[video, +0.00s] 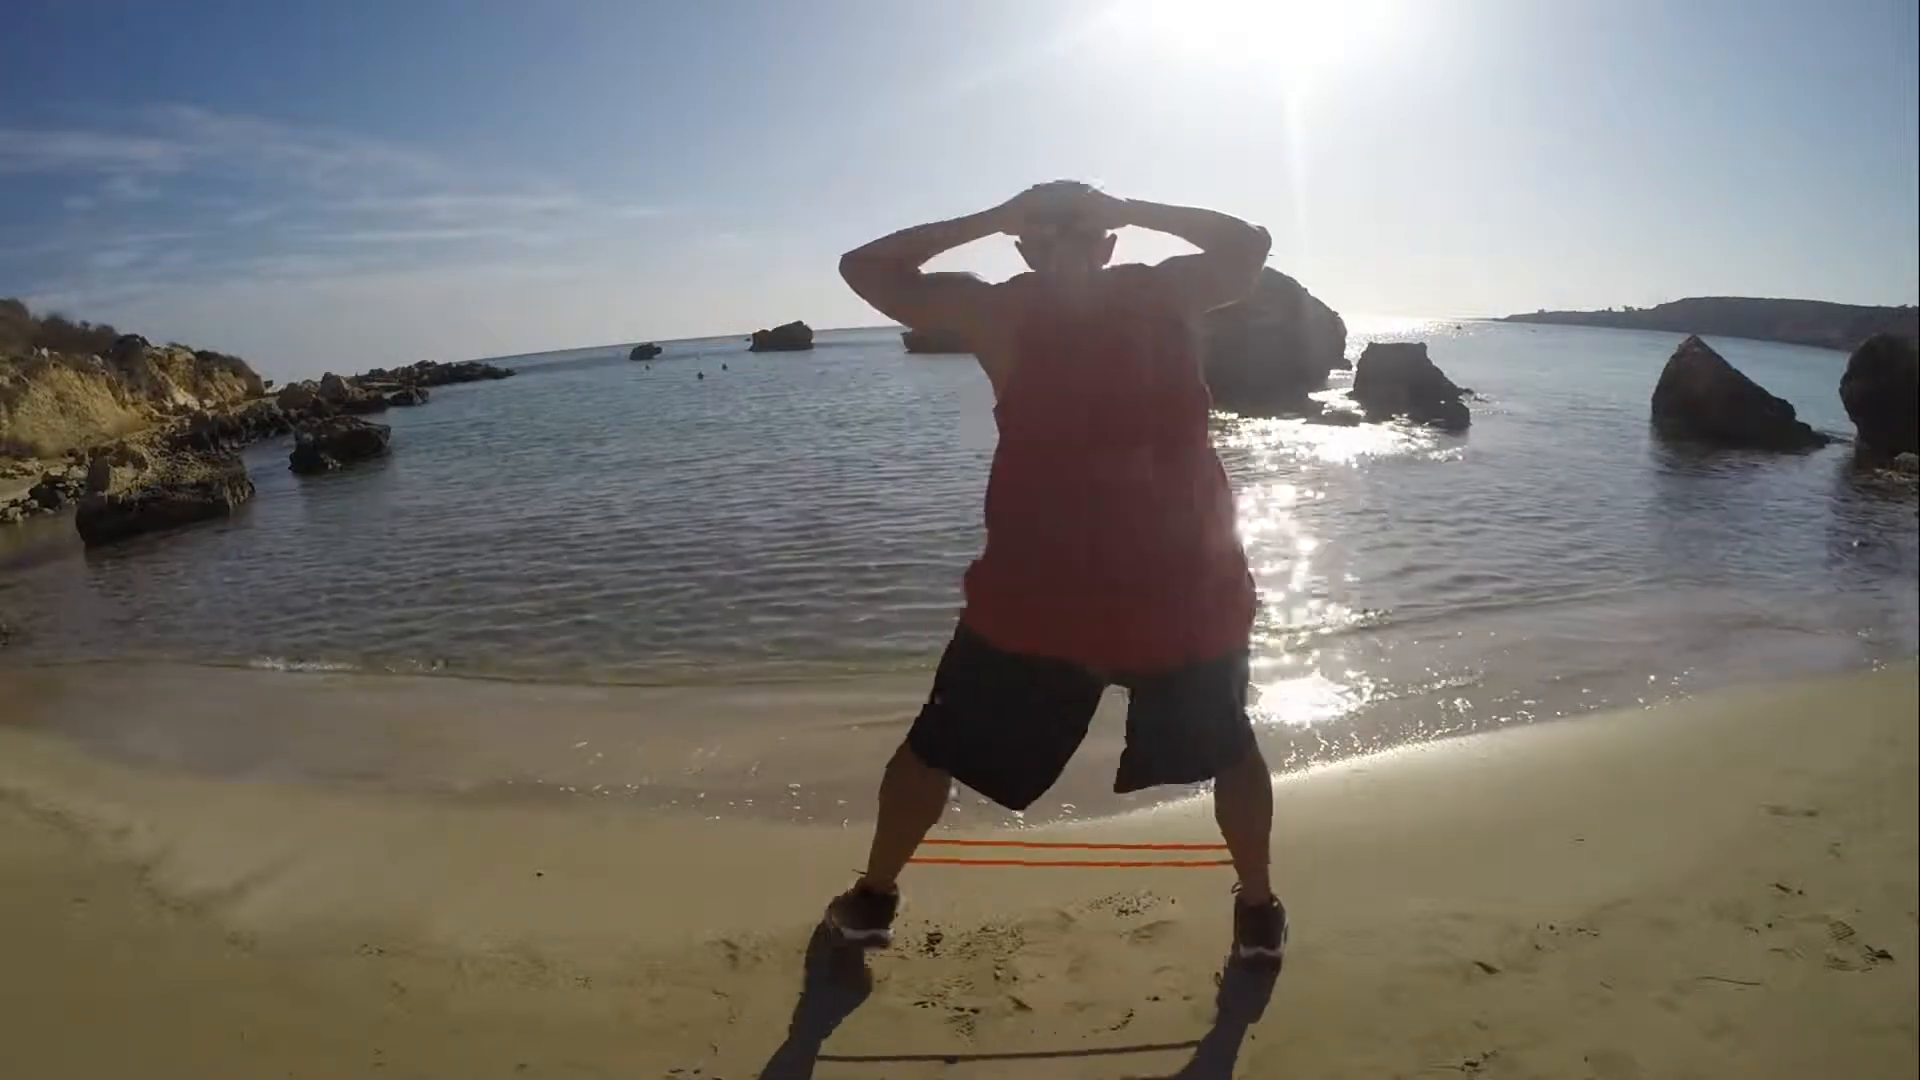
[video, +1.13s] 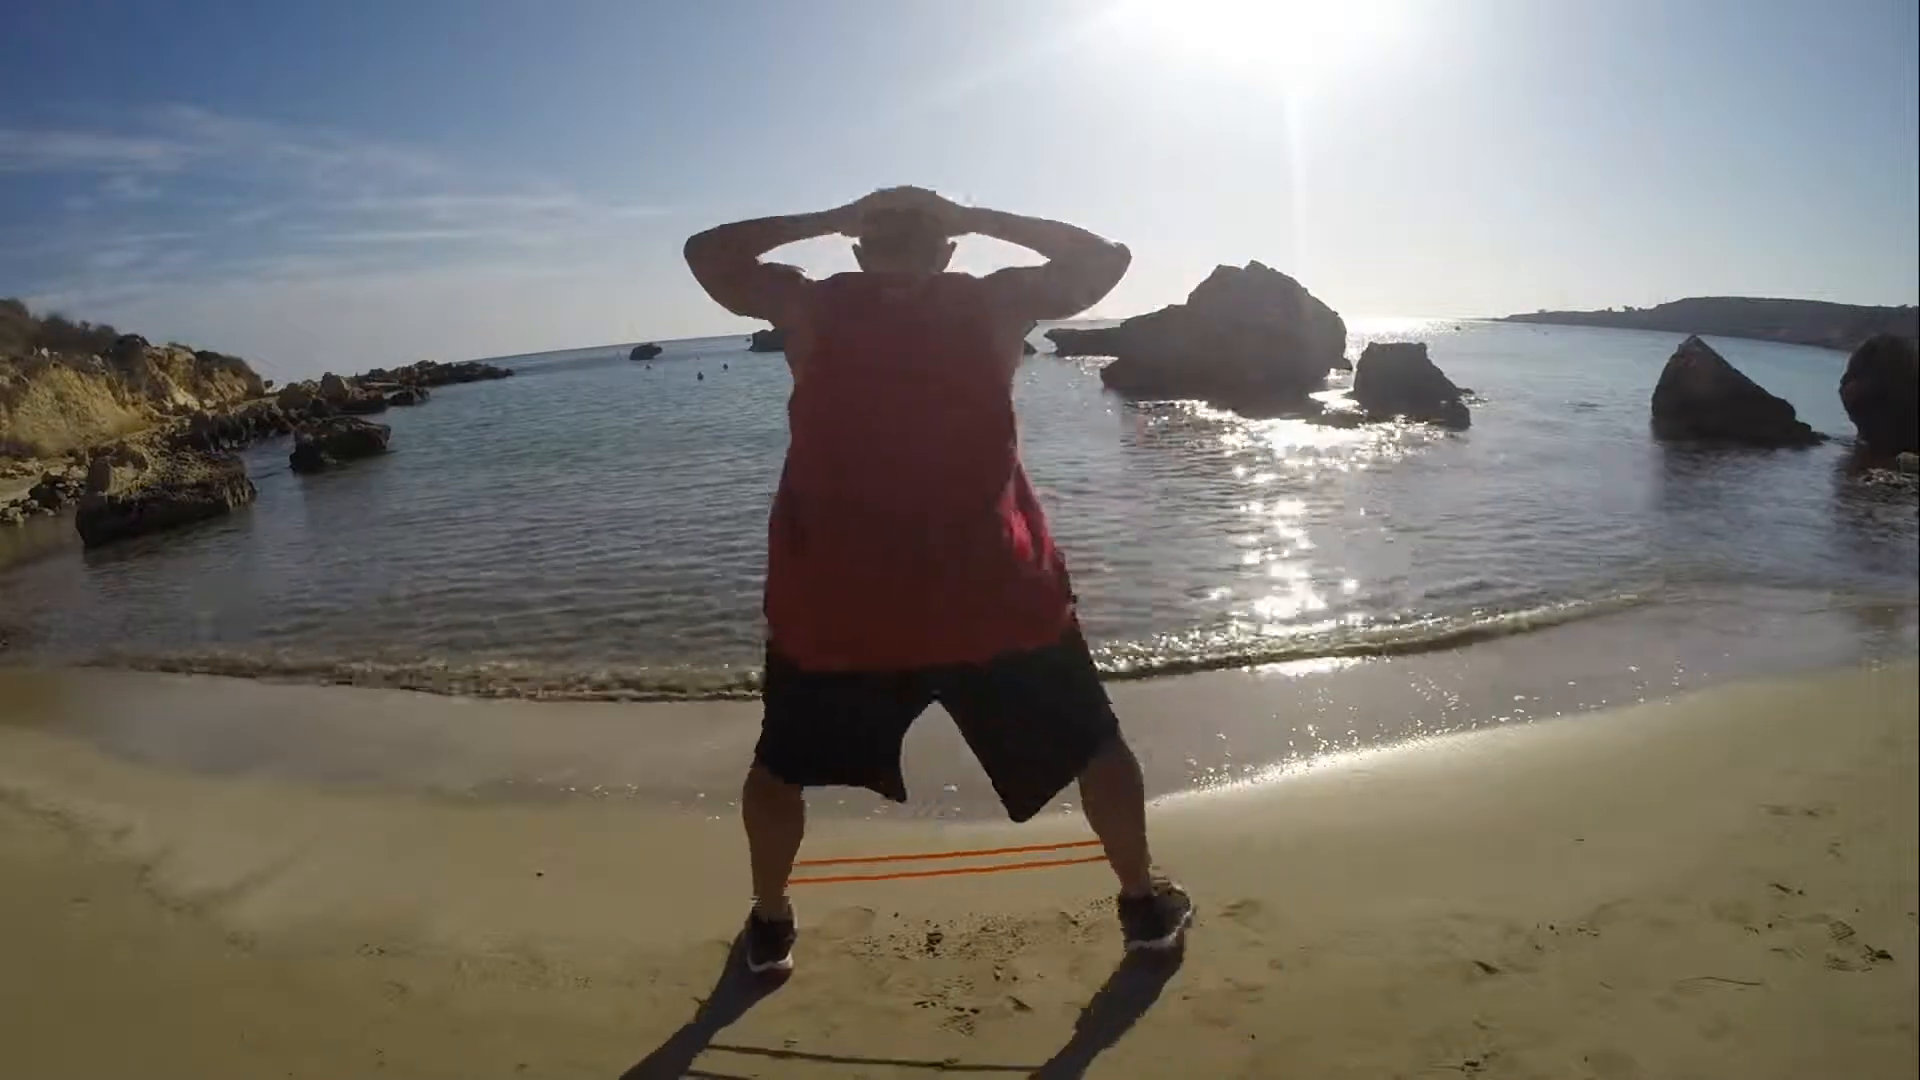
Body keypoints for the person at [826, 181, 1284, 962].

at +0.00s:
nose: (1034, 246)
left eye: (1036, 231)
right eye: (1037, 229)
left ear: (1028, 240)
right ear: (1105, 235)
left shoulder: (999, 312)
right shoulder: (1167, 293)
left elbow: (866, 270)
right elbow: (1247, 243)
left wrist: (990, 221)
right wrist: (1127, 210)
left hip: (1036, 578)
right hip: (1179, 579)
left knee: (936, 743)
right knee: (1232, 748)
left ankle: (873, 896)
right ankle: (1257, 907)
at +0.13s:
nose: (1107, 230)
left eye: (1104, 216)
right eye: (1105, 215)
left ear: (1080, 228)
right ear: (1157, 221)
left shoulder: (1056, 298)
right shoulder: (1218, 281)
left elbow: (914, 250)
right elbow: (1291, 238)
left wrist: (1039, 207)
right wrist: (1183, 197)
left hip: (1085, 561)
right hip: (1225, 563)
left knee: (1002, 734)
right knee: (1251, 752)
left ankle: (992, 893)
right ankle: (1261, 904)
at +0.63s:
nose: (1144, 243)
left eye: (1137, 232)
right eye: (1161, 227)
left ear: (1120, 248)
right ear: (1203, 246)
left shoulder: (1089, 310)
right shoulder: (1259, 303)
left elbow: (960, 257)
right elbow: (1334, 263)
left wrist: (1092, 223)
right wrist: (1224, 221)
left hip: (1087, 566)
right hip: (1225, 581)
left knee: (959, 718)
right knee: (1249, 744)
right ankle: (1260, 908)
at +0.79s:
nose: (1093, 264)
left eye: (1090, 253)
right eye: (1110, 252)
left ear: (1077, 265)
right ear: (1157, 267)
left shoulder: (1034, 328)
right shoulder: (1209, 326)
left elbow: (911, 273)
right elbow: (1289, 275)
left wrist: (1042, 239)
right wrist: (1177, 237)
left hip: (1021, 594)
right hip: (1170, 606)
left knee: (875, 750)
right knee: (1230, 757)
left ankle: (784, 901)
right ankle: (1255, 904)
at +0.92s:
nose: (1050, 265)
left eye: (1044, 252)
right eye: (1052, 253)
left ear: (1001, 269)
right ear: (1083, 271)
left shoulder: (954, 337)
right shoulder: (1136, 336)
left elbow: (837, 283)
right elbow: (1233, 291)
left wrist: (968, 247)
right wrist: (1116, 246)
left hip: (959, 616)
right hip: (1110, 620)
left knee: (834, 765)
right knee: (1202, 767)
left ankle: (771, 922)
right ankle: (1249, 904)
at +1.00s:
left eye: (961, 247)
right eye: (999, 247)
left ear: (942, 260)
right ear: (1025, 263)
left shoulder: (891, 327)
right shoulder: (1072, 325)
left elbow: (779, 269)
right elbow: (1179, 279)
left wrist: (908, 236)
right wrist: (1057, 236)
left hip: (907, 607)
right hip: (1055, 607)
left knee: (807, 764)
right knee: (1169, 758)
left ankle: (769, 926)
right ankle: (1238, 903)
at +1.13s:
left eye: (880, 220)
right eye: (925, 220)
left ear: (860, 244)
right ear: (946, 244)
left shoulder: (809, 306)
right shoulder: (991, 303)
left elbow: (708, 251)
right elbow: (1102, 257)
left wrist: (830, 220)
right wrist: (974, 217)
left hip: (833, 585)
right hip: (985, 575)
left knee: (779, 761)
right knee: (1094, 739)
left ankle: (768, 925)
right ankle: (1141, 900)